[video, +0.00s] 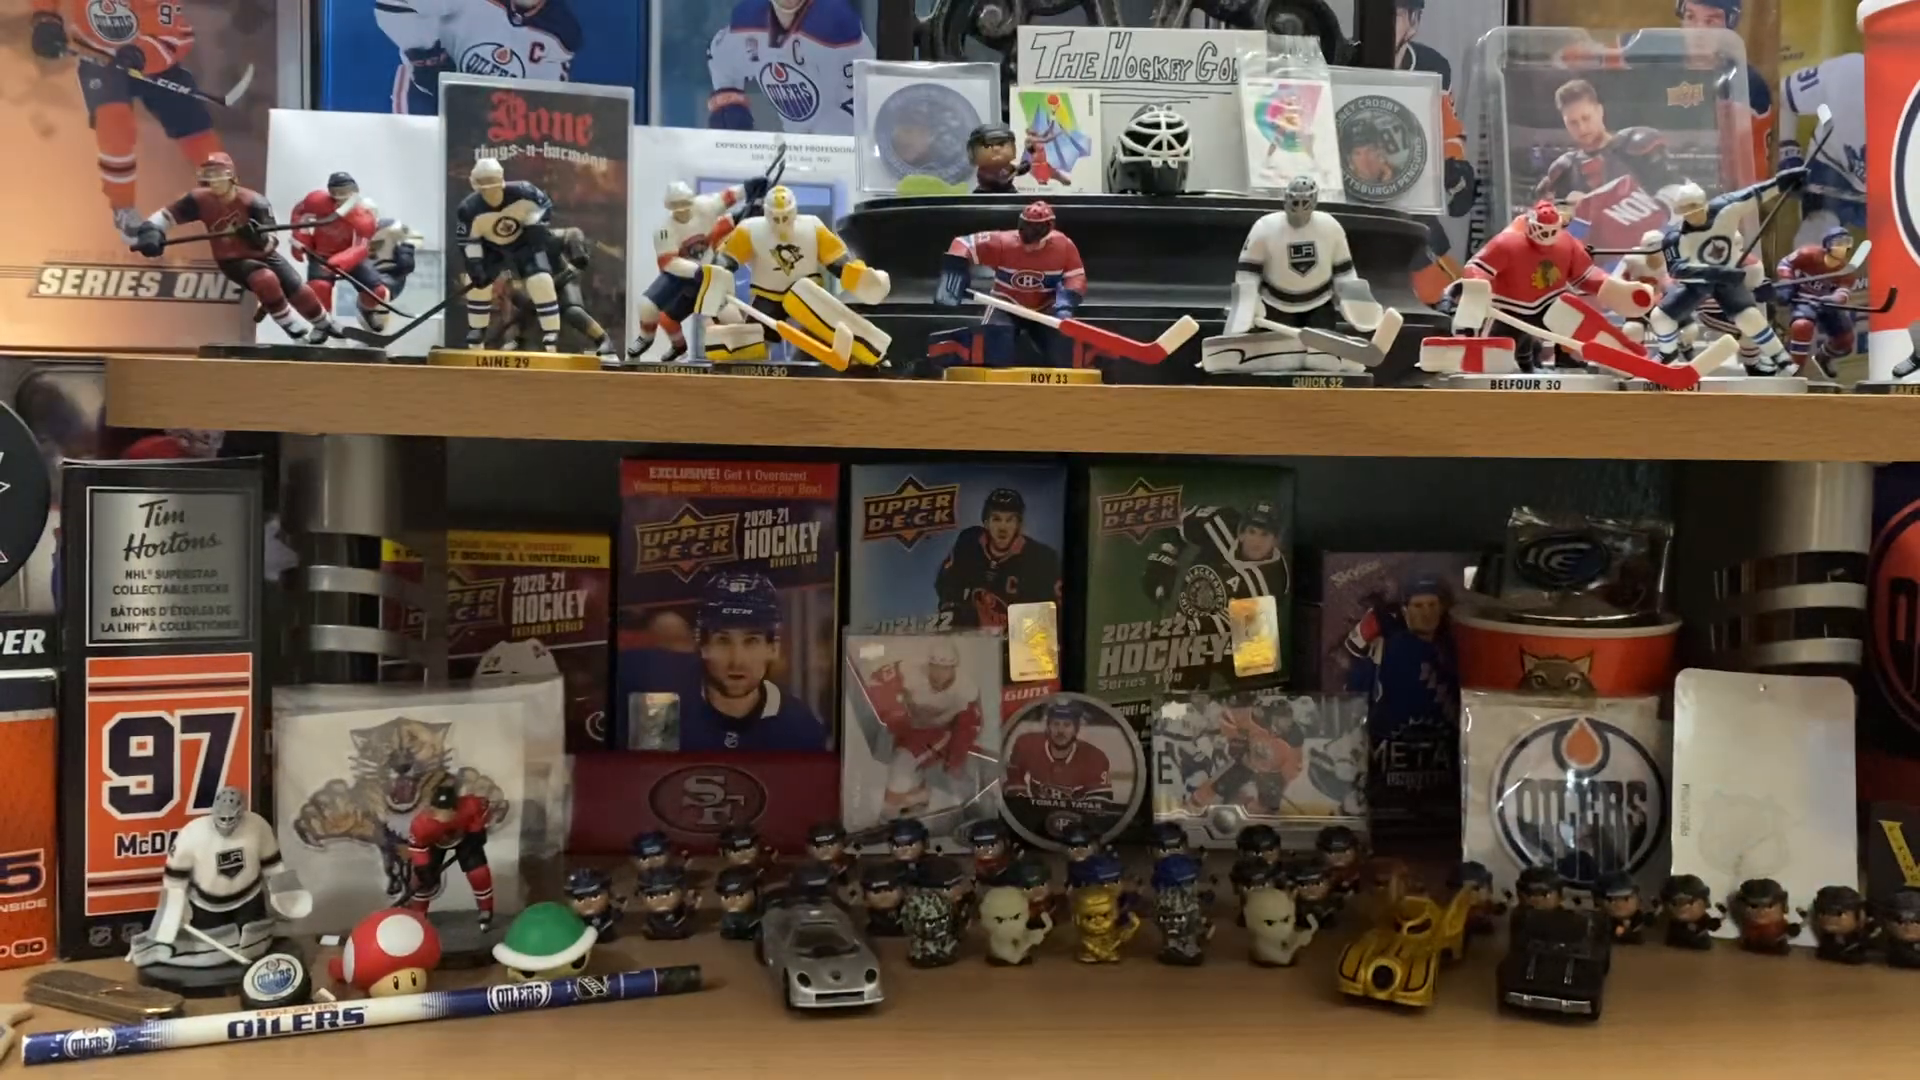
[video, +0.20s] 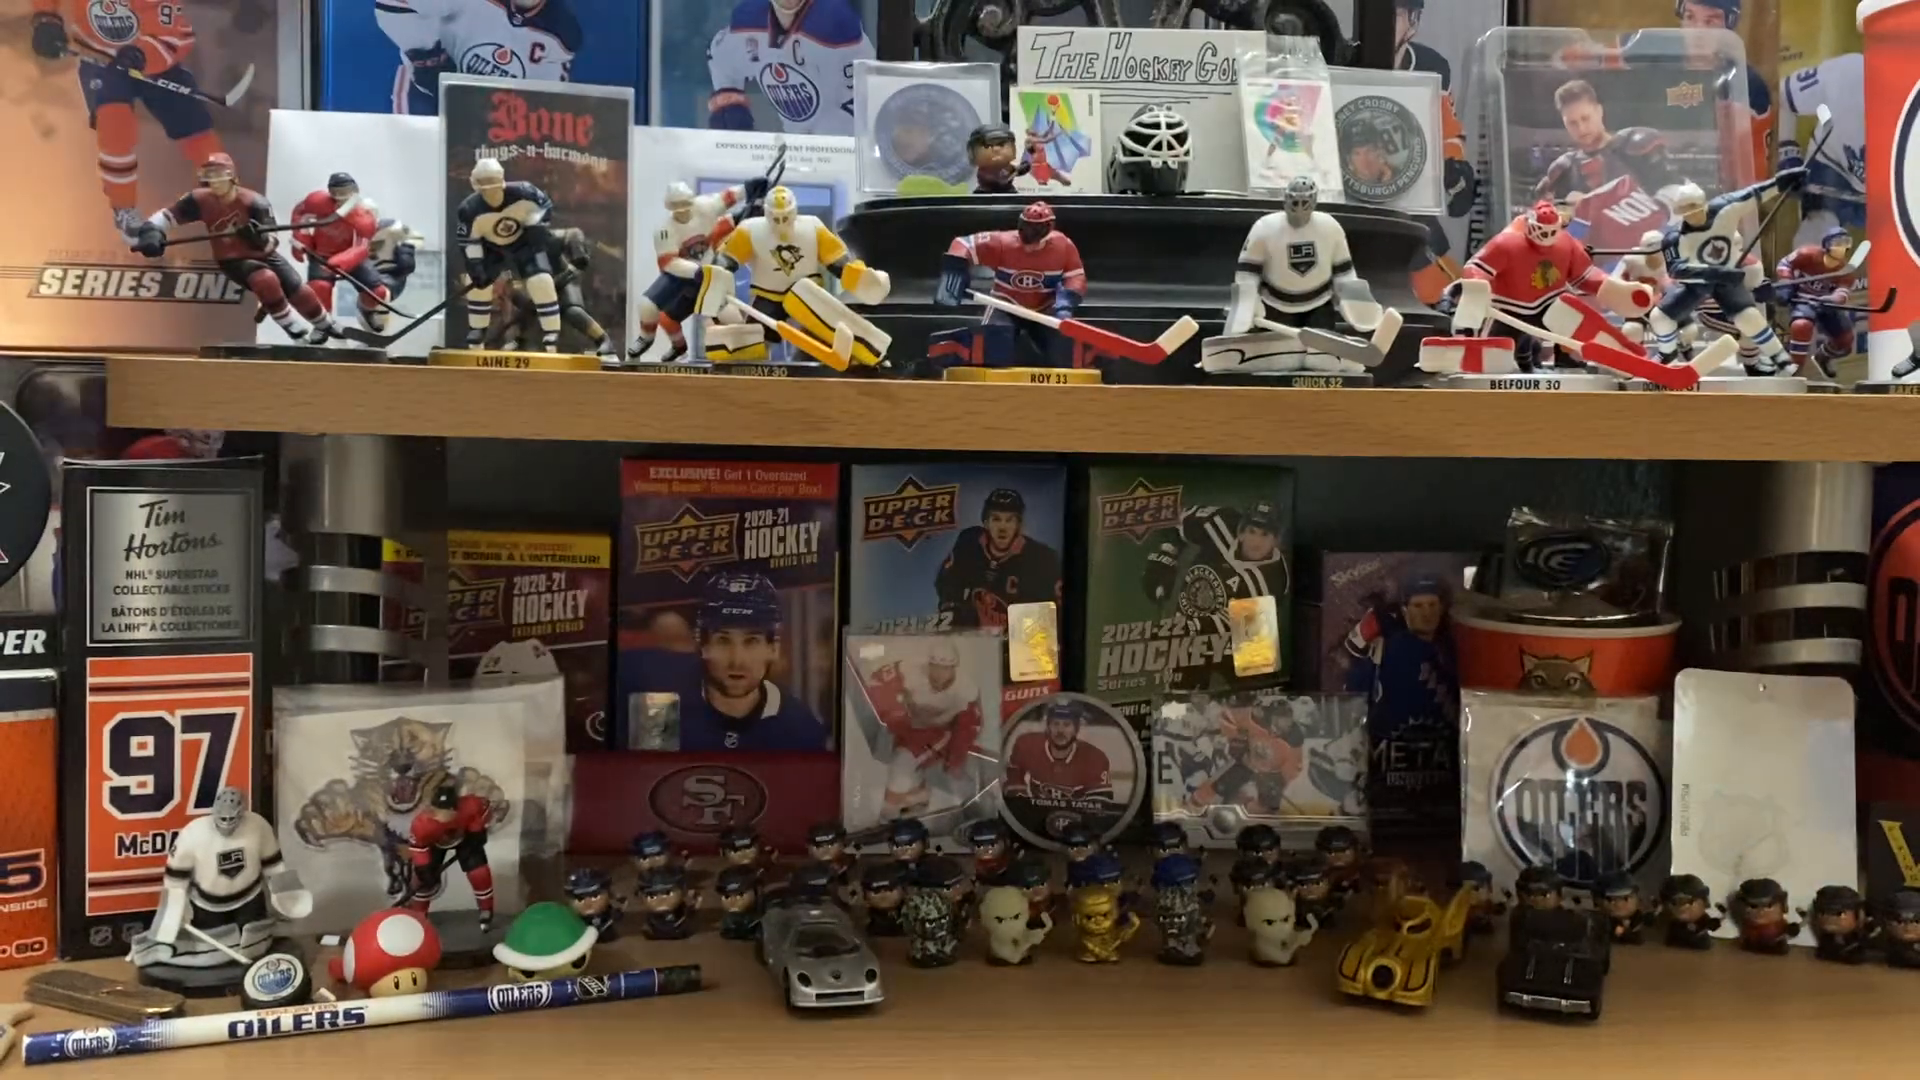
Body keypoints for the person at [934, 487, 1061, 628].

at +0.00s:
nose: (1003, 527)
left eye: (1009, 520)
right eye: (996, 520)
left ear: (1019, 524)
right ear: (986, 522)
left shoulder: (1041, 557)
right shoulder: (968, 542)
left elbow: (1045, 605)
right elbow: (944, 581)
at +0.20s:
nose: (1002, 527)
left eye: (1009, 520)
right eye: (996, 520)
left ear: (1019, 524)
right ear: (985, 523)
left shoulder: (1041, 558)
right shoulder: (968, 542)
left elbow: (1046, 605)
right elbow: (944, 581)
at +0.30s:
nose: (1003, 527)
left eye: (1009, 520)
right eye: (996, 520)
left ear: (1019, 524)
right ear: (985, 522)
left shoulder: (1041, 558)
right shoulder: (968, 542)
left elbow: (1047, 604)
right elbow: (944, 579)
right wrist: (949, 608)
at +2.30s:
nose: (1002, 527)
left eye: (1009, 520)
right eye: (996, 520)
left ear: (1019, 525)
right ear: (985, 523)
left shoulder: (1042, 559)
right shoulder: (968, 542)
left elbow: (1046, 607)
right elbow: (944, 580)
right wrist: (949, 607)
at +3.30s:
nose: (1002, 527)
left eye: (1009, 520)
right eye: (996, 519)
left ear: (1019, 524)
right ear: (985, 522)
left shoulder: (1042, 559)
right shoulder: (969, 542)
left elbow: (1050, 604)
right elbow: (945, 576)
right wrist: (950, 607)